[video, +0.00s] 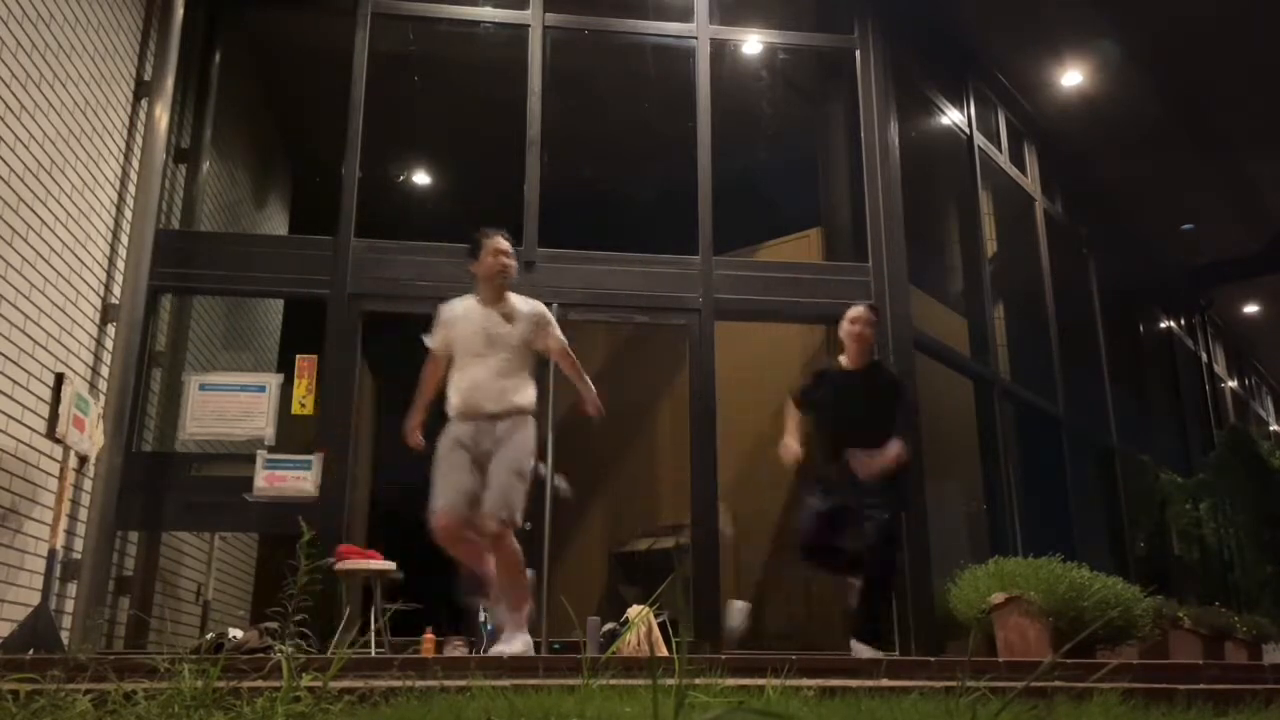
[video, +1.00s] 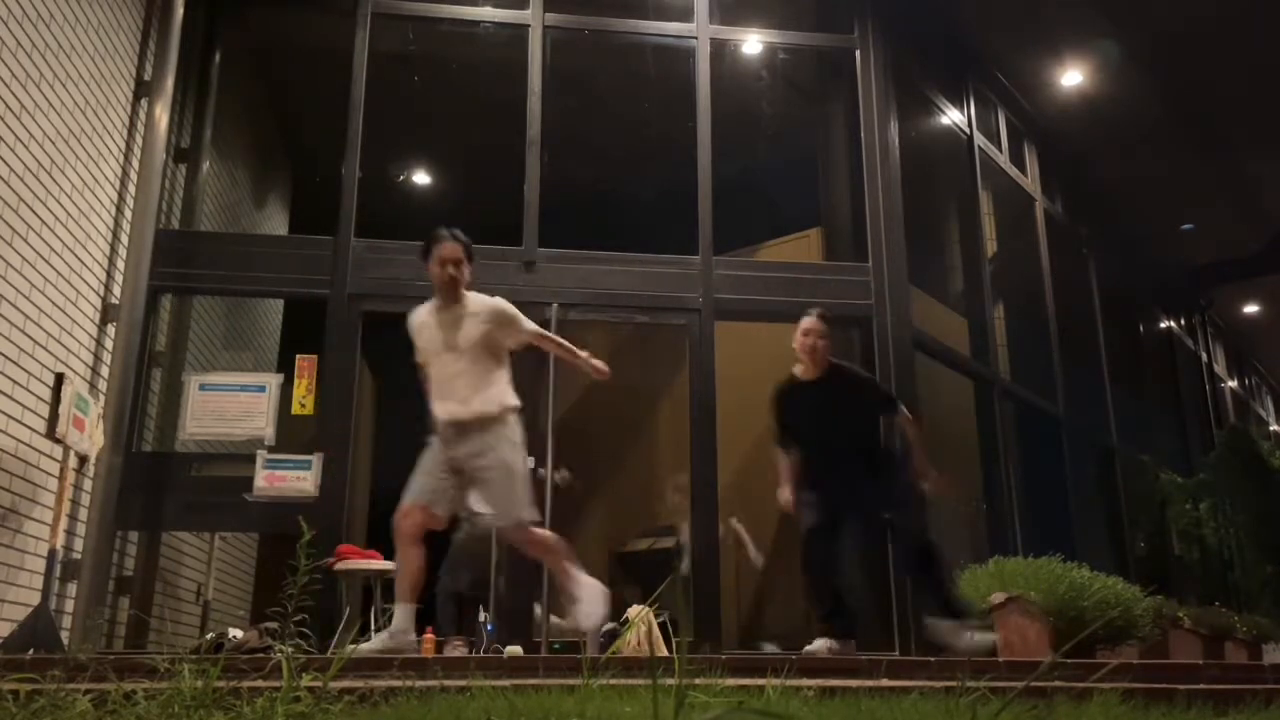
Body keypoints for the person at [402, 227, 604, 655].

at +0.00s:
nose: (505, 260)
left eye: (510, 254)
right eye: (495, 253)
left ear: (516, 266)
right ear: (475, 265)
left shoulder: (532, 313)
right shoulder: (452, 313)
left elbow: (563, 355)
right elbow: (435, 366)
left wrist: (587, 390)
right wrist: (416, 416)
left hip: (514, 425)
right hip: (462, 426)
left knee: (495, 526)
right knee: (446, 523)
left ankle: (516, 632)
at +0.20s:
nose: (531, 281)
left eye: (535, 275)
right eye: (521, 276)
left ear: (542, 286)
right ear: (502, 288)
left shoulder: (563, 331)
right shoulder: (489, 344)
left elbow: (586, 385)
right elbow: (464, 391)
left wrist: (586, 422)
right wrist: (449, 412)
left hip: (564, 439)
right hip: (514, 447)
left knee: (528, 521)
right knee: (544, 547)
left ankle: (530, 624)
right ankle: (604, 624)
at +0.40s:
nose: (535, 255)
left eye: (540, 247)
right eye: (526, 250)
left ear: (552, 254)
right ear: (514, 261)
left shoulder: (572, 289)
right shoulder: (508, 311)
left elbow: (593, 331)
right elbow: (473, 355)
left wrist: (554, 295)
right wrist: (462, 318)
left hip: (576, 408)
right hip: (535, 417)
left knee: (551, 488)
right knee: (538, 519)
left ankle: (594, 583)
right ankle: (587, 604)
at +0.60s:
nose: (524, 278)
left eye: (531, 270)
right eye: (516, 272)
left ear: (547, 273)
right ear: (509, 281)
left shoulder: (568, 304)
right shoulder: (518, 333)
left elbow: (583, 349)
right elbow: (498, 388)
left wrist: (534, 331)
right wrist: (465, 390)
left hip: (586, 425)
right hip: (548, 434)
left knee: (605, 534)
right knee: (491, 509)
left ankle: (660, 625)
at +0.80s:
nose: (492, 307)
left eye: (498, 299)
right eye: (483, 301)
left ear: (512, 305)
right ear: (472, 312)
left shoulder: (539, 345)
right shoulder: (478, 365)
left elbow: (581, 397)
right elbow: (489, 435)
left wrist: (613, 446)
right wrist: (488, 497)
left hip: (567, 459)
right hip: (520, 470)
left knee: (592, 555)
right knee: (458, 534)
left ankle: (661, 629)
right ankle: (408, 631)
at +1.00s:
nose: (451, 272)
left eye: (458, 264)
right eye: (443, 264)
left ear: (469, 269)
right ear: (428, 269)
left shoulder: (493, 311)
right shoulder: (419, 320)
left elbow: (541, 339)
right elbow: (429, 373)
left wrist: (584, 360)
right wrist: (441, 415)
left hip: (496, 433)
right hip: (446, 438)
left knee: (516, 530)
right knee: (408, 523)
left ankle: (585, 589)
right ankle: (401, 630)